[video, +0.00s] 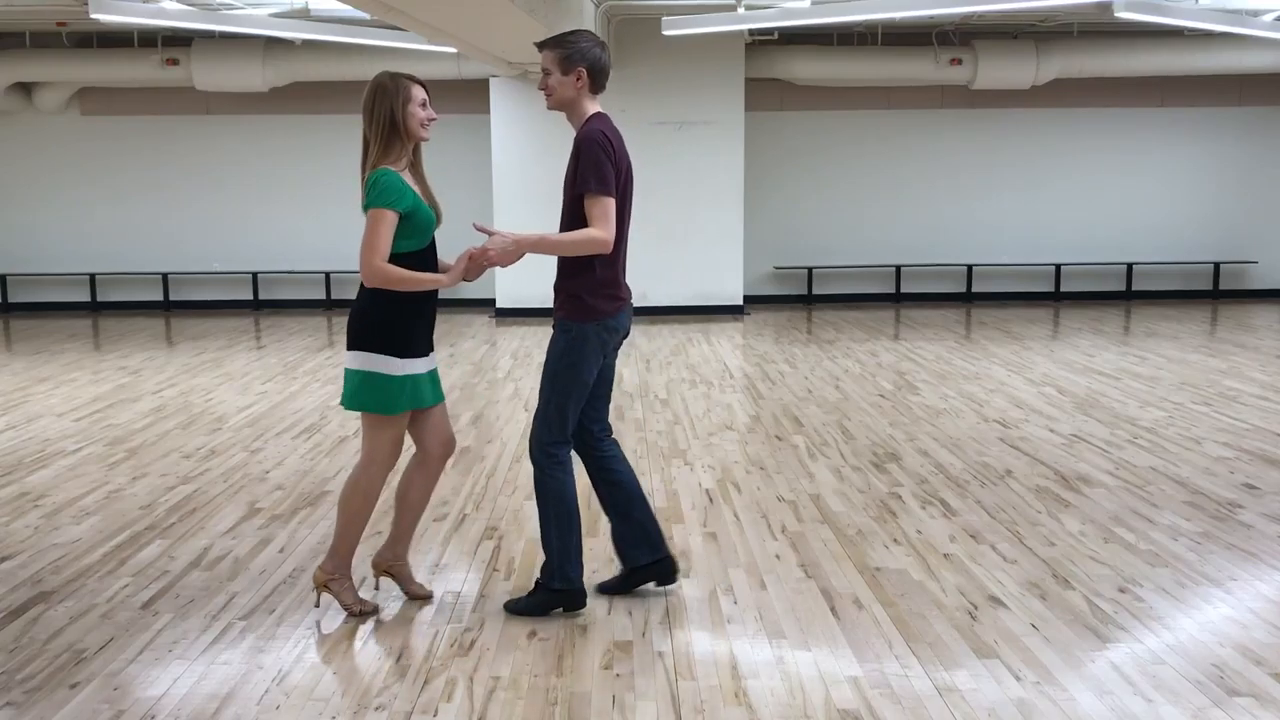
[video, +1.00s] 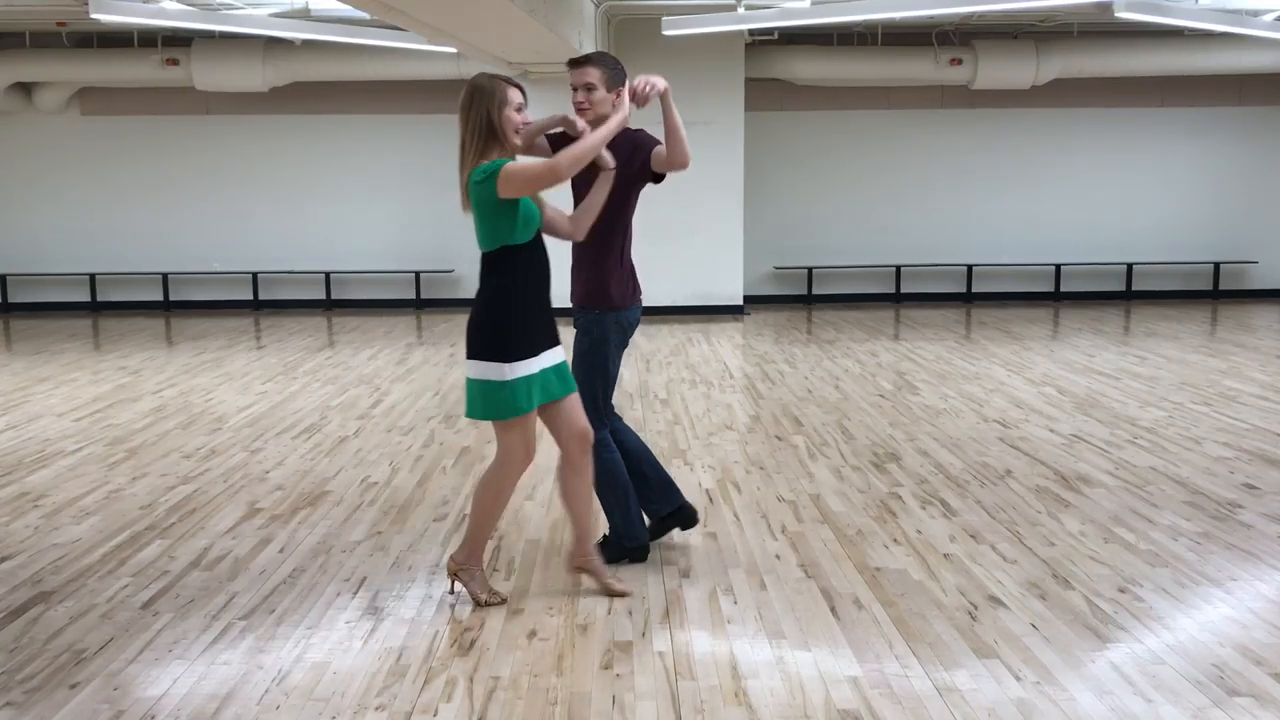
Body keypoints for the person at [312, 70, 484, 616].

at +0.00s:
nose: (430, 113)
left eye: (428, 105)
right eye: (420, 106)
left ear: (405, 115)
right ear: (395, 114)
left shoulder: (407, 177)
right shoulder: (389, 182)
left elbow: (406, 263)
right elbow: (372, 270)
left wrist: (458, 268)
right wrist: (446, 277)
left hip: (410, 335)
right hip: (384, 337)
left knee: (437, 446)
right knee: (379, 455)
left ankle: (394, 553)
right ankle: (335, 568)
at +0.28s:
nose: (436, 111)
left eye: (433, 102)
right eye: (426, 103)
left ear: (412, 111)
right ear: (400, 113)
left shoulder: (408, 175)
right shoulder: (395, 178)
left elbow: (429, 261)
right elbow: (417, 268)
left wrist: (487, 245)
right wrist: (489, 255)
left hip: (395, 335)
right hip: (404, 339)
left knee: (409, 446)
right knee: (443, 446)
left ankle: (372, 557)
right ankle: (376, 555)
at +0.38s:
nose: (442, 111)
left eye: (439, 102)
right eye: (431, 103)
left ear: (409, 113)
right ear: (405, 112)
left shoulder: (409, 174)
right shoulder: (403, 177)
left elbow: (437, 246)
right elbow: (440, 263)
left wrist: (493, 229)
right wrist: (510, 244)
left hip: (398, 330)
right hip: (412, 334)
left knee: (415, 444)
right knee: (460, 440)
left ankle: (374, 556)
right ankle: (420, 557)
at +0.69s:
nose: (473, 111)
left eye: (471, 102)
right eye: (464, 103)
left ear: (441, 113)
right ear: (440, 111)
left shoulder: (445, 173)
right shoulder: (439, 176)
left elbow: (498, 233)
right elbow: (504, 238)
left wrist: (537, 197)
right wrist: (574, 206)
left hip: (450, 329)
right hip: (461, 333)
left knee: (454, 444)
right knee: (493, 440)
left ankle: (394, 546)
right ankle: (468, 560)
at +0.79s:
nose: (487, 113)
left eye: (486, 104)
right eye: (478, 104)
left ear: (472, 112)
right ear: (453, 111)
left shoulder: (468, 174)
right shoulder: (453, 176)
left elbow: (516, 242)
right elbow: (521, 225)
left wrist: (555, 192)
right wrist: (592, 185)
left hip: (491, 326)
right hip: (470, 329)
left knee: (514, 444)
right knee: (497, 446)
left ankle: (435, 534)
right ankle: (467, 561)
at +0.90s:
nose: (503, 114)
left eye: (503, 106)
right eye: (494, 106)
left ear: (496, 113)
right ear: (469, 114)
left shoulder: (496, 179)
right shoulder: (471, 178)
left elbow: (542, 240)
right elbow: (543, 200)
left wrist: (582, 190)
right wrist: (610, 151)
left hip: (513, 328)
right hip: (484, 332)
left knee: (552, 436)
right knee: (509, 447)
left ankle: (507, 544)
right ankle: (465, 560)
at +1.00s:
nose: (526, 115)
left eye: (524, 107)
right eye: (516, 107)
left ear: (504, 117)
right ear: (492, 116)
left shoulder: (518, 184)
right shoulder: (491, 176)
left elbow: (575, 228)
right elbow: (559, 167)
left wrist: (608, 172)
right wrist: (617, 115)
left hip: (536, 328)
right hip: (500, 332)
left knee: (578, 437)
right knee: (517, 450)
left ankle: (585, 550)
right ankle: (467, 559)